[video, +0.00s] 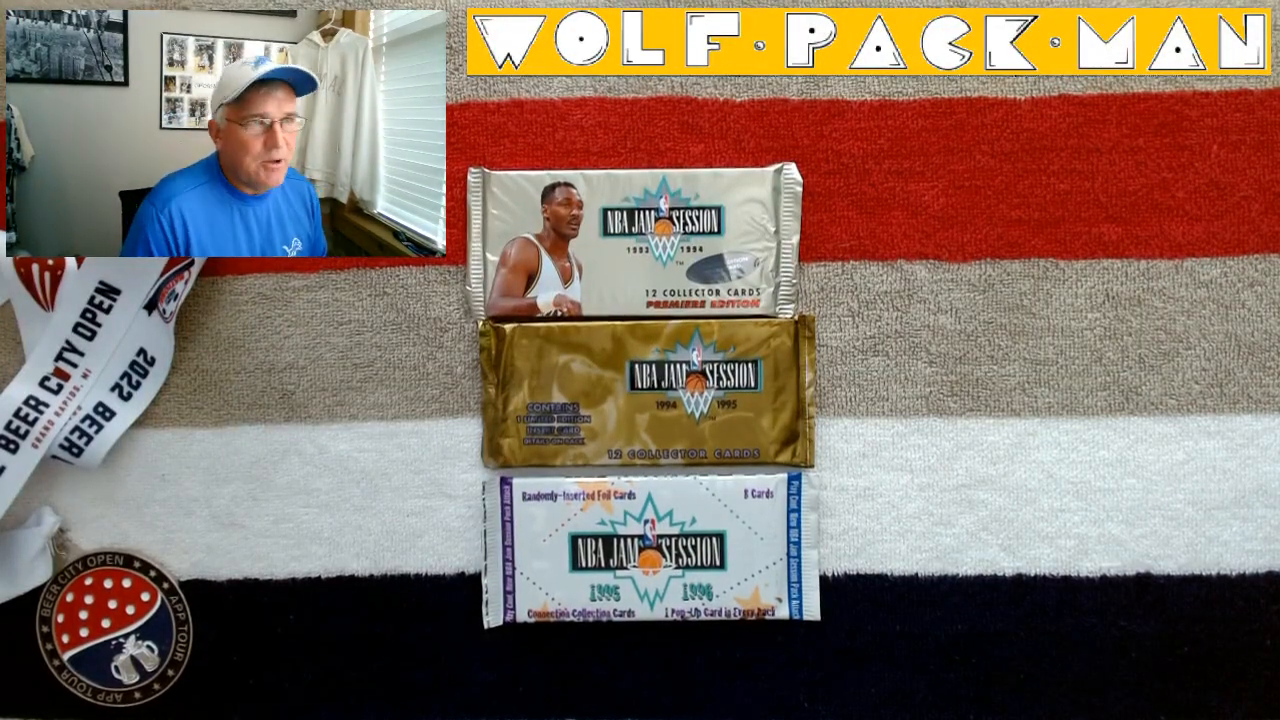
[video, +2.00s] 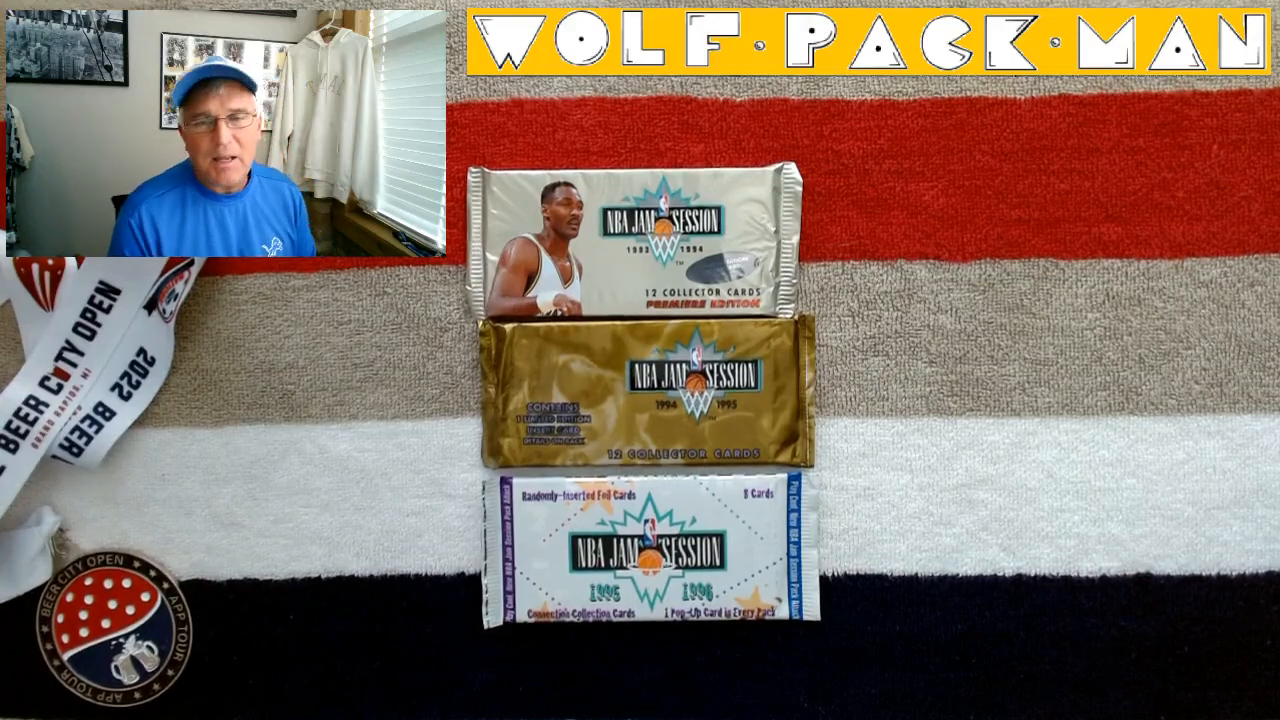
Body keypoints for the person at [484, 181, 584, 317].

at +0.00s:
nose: (576, 213)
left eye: (580, 207)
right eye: (566, 205)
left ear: (583, 211)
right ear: (545, 211)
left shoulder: (575, 266)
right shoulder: (520, 250)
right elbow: (495, 308)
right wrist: (550, 301)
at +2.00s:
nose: (576, 213)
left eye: (580, 207)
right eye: (566, 205)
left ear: (583, 211)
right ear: (546, 211)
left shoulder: (575, 266)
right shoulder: (521, 250)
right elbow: (495, 307)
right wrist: (550, 301)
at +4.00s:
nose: (576, 213)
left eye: (580, 207)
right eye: (566, 205)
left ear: (583, 211)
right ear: (545, 211)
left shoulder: (575, 265)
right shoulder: (521, 249)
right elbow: (495, 307)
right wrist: (550, 301)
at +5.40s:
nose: (576, 213)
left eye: (580, 207)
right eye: (566, 205)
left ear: (583, 211)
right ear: (545, 211)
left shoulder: (575, 265)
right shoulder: (521, 250)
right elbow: (494, 307)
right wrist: (550, 301)